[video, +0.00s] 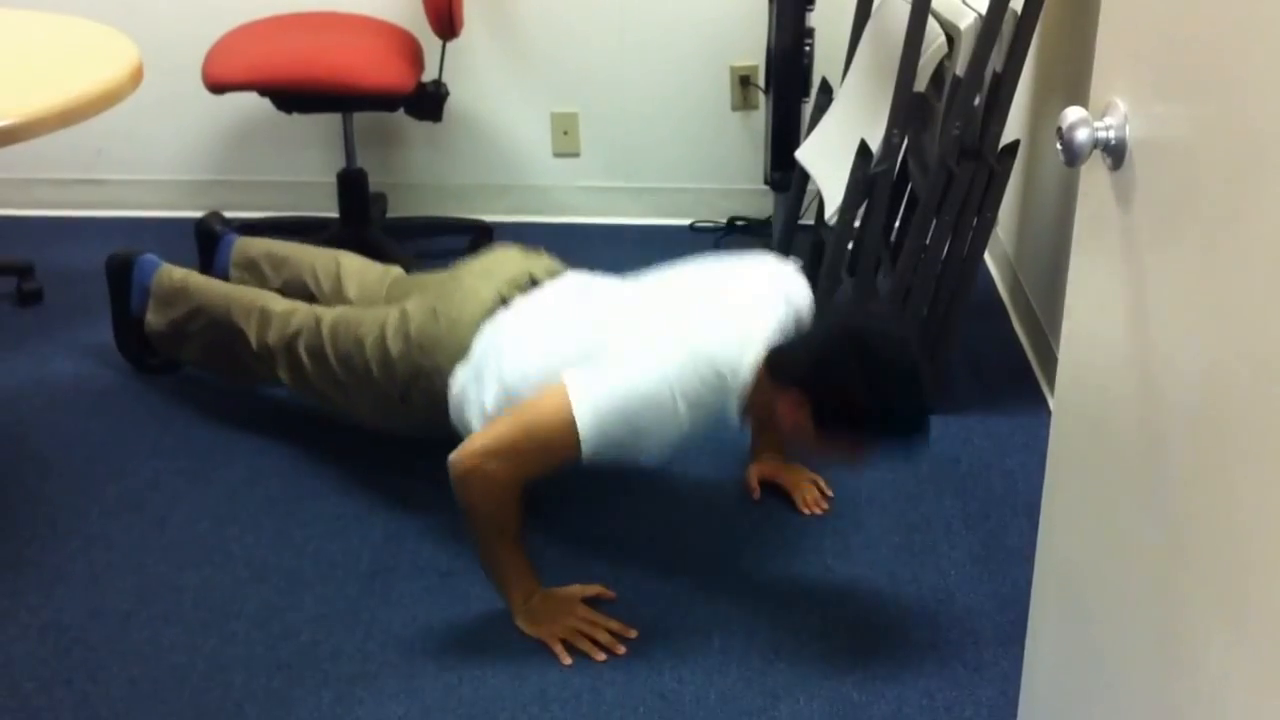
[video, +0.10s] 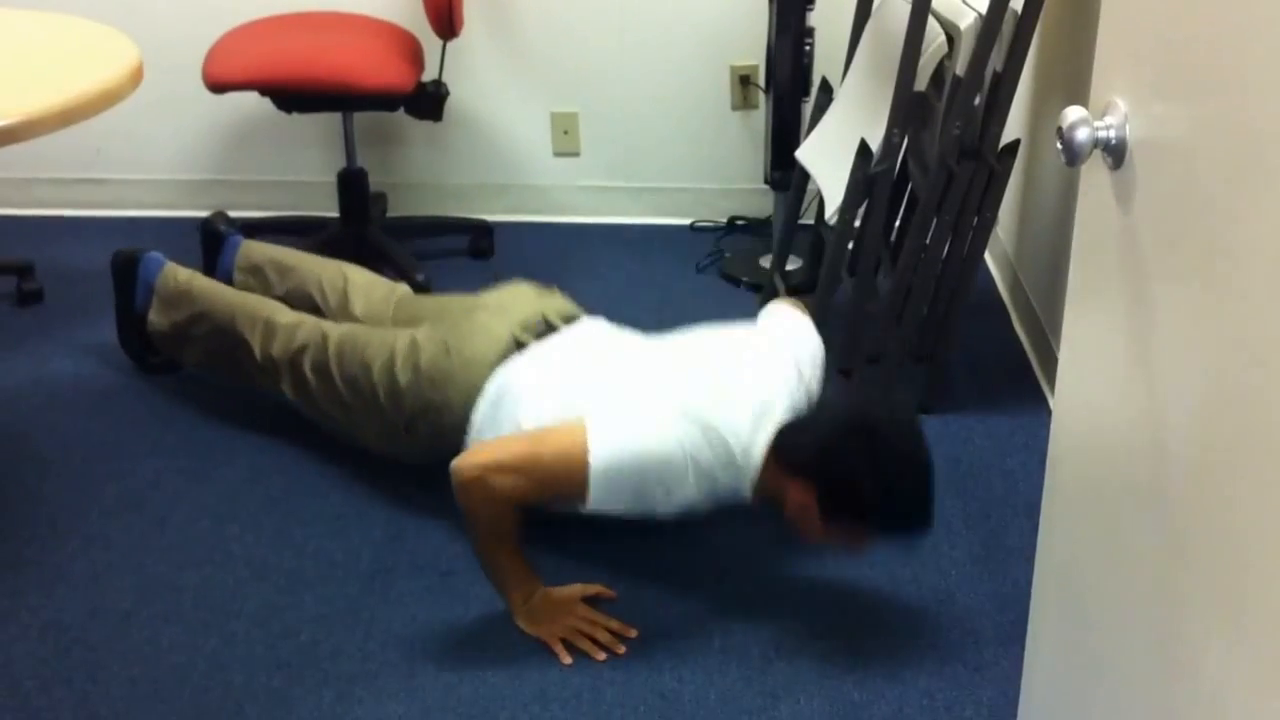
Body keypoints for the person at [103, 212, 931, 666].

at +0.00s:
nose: (829, 452)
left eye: (845, 449)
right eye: (837, 443)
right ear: (800, 404)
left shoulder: (782, 287)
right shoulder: (669, 383)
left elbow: (757, 371)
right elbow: (478, 468)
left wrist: (764, 446)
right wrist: (529, 600)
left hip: (529, 277)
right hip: (463, 358)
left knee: (374, 283)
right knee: (292, 344)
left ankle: (233, 245)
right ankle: (154, 299)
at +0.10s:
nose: (838, 545)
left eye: (854, 536)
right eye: (843, 532)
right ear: (805, 496)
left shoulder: (795, 361)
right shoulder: (676, 458)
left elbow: (785, 302)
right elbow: (479, 478)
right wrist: (529, 599)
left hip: (543, 313)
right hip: (467, 386)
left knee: (391, 303)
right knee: (298, 354)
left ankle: (239, 250)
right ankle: (162, 297)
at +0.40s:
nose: (846, 465)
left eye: (861, 460)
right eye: (849, 454)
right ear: (801, 411)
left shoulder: (789, 293)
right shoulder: (664, 392)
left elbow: (766, 368)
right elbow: (480, 471)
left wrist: (768, 441)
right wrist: (530, 597)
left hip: (539, 276)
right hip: (476, 351)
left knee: (378, 280)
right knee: (303, 341)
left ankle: (240, 246)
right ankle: (165, 299)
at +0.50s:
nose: (848, 393)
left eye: (865, 383)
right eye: (850, 377)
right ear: (797, 335)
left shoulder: (780, 240)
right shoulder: (654, 334)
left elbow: (774, 350)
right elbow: (501, 453)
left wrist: (767, 446)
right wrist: (529, 596)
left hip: (533, 238)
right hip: (467, 307)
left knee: (379, 271)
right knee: (307, 319)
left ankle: (243, 243)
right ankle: (165, 295)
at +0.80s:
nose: (854, 425)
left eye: (870, 414)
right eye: (854, 410)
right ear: (805, 366)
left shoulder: (792, 266)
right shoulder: (674, 360)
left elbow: (773, 353)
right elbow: (486, 458)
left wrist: (768, 444)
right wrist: (531, 597)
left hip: (536, 257)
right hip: (469, 331)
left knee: (382, 278)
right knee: (306, 338)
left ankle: (248, 246)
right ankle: (170, 298)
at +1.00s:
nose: (841, 570)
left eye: (858, 562)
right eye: (848, 560)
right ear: (812, 526)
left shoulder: (804, 378)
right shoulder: (682, 473)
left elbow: (793, 305)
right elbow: (486, 482)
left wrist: (777, 460)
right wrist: (529, 596)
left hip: (561, 321)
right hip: (480, 389)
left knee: (404, 307)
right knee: (307, 353)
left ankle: (252, 250)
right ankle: (171, 294)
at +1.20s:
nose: (847, 502)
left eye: (863, 493)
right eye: (850, 488)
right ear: (805, 441)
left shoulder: (797, 313)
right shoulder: (671, 418)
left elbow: (746, 315)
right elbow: (478, 473)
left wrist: (769, 437)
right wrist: (530, 595)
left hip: (552, 286)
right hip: (478, 363)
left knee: (391, 288)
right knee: (303, 343)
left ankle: (251, 245)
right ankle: (174, 293)